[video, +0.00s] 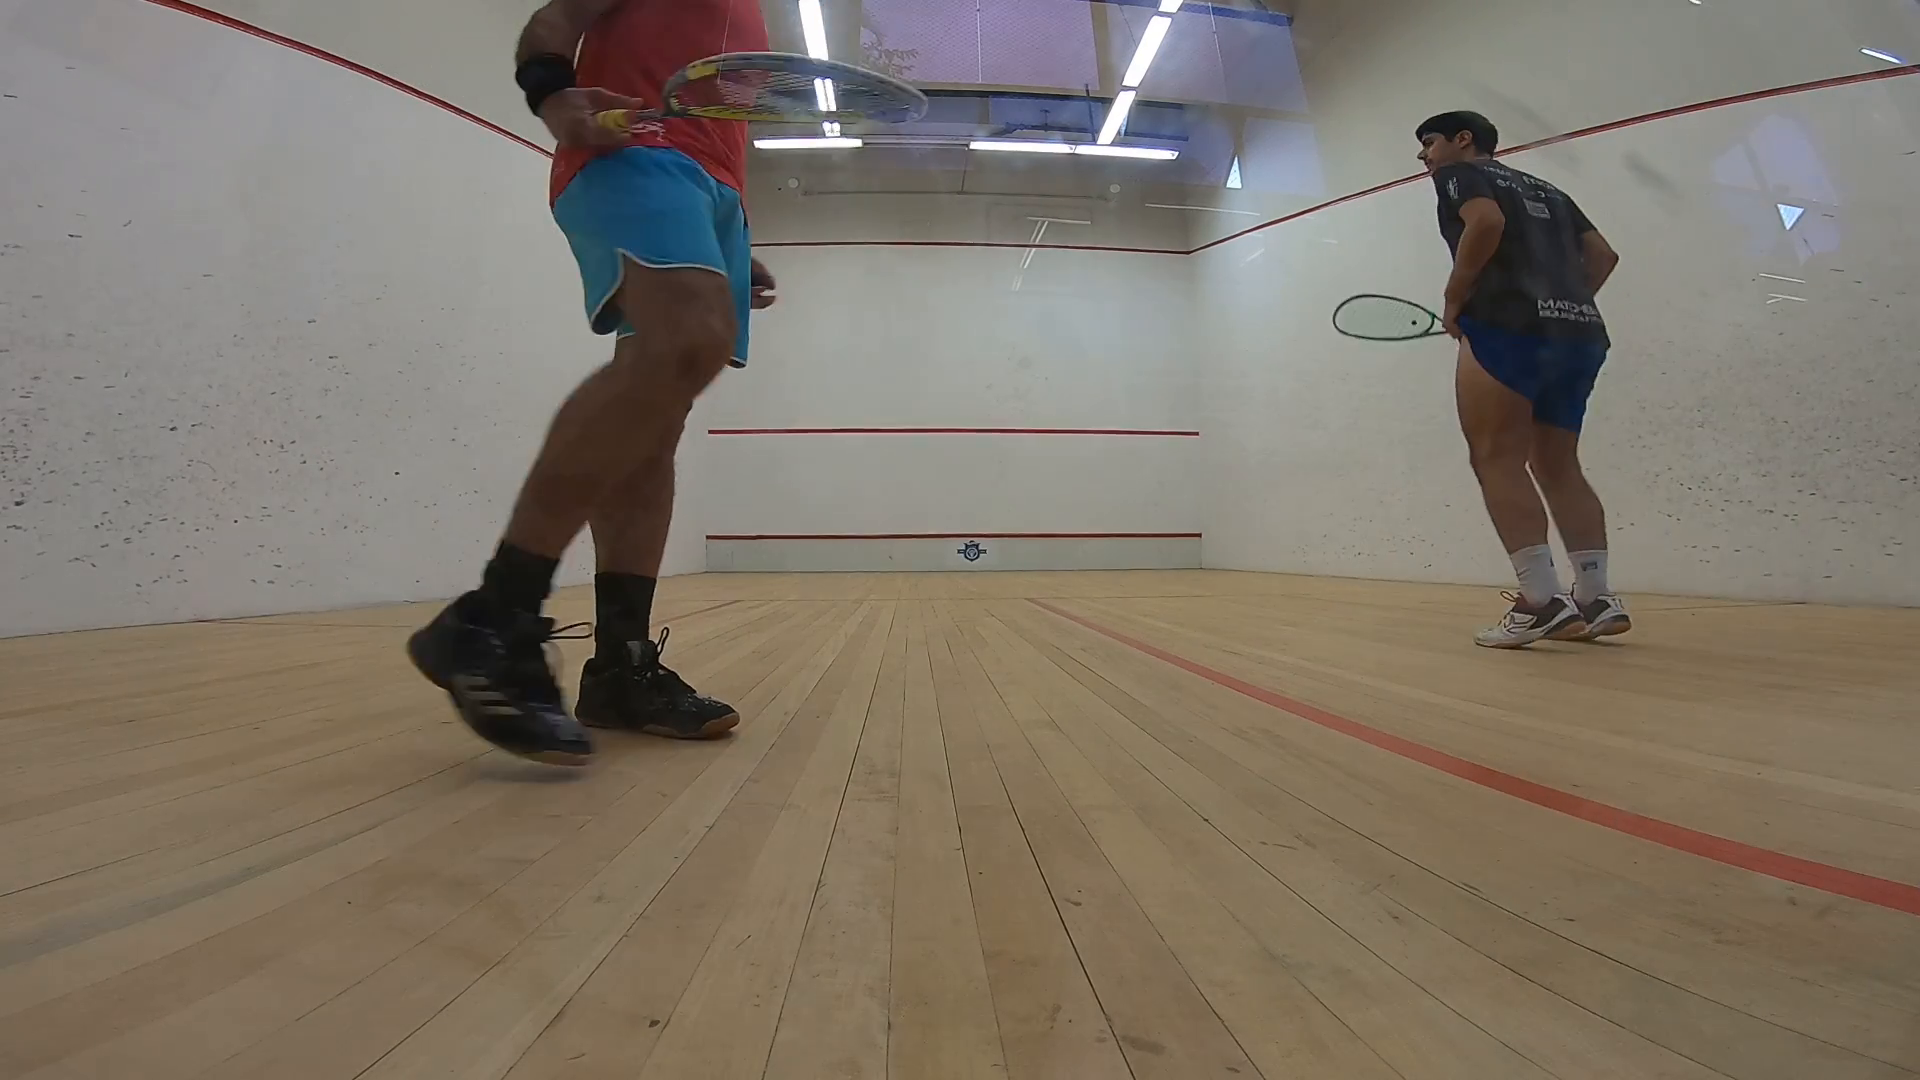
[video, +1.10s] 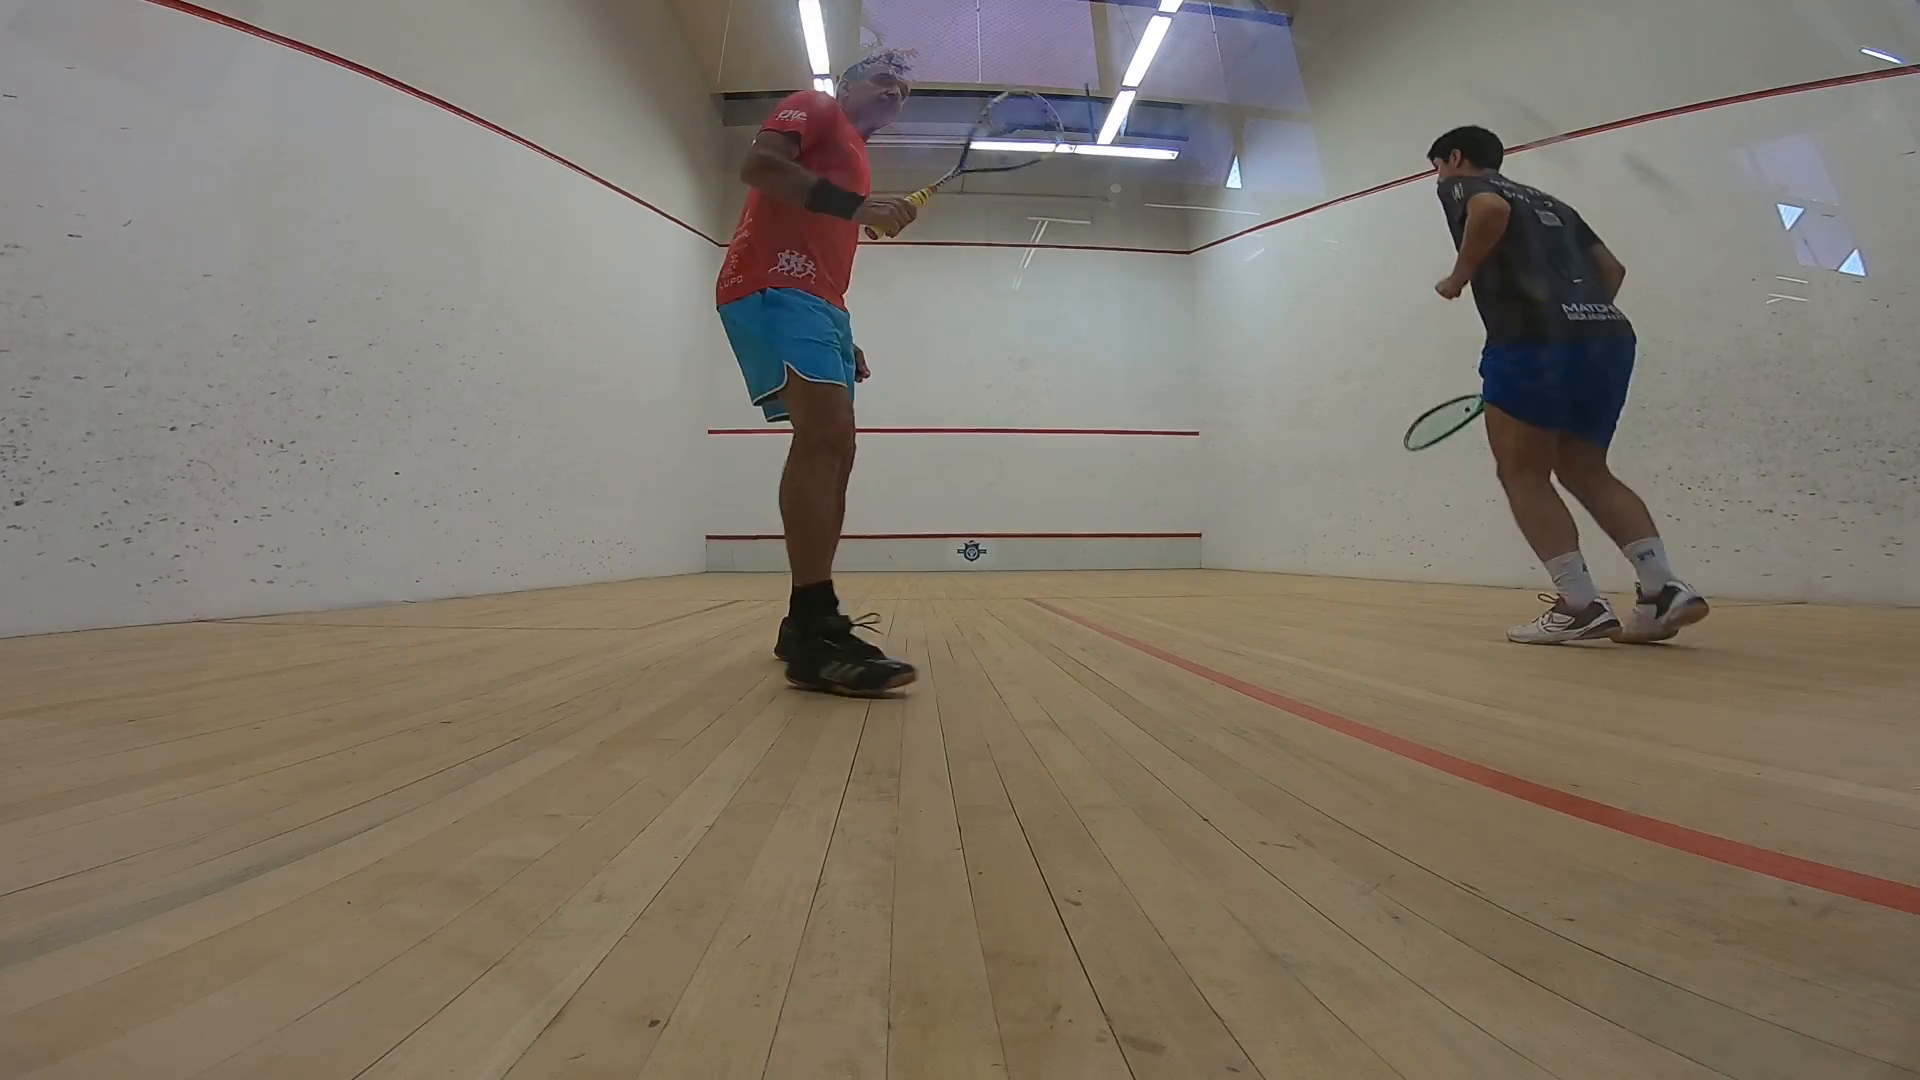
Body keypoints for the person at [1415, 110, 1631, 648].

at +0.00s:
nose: (1423, 154)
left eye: (1429, 144)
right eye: (1423, 147)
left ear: (1463, 140)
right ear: (1478, 144)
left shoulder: (1456, 174)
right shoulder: (1543, 188)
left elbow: (1486, 220)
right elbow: (1601, 255)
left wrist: (1452, 299)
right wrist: (1558, 311)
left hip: (1507, 328)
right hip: (1580, 333)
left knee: (1496, 458)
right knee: (1557, 463)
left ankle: (1539, 600)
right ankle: (1596, 599)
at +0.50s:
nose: (1419, 161)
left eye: (1416, 153)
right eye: (1415, 157)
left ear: (1429, 137)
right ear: (1463, 125)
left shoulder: (1445, 150)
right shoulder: (1535, 165)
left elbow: (1481, 148)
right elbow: (1615, 206)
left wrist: (1442, 214)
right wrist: (1579, 267)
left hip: (1521, 288)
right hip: (1598, 290)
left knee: (1513, 426)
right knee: (1579, 424)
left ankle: (1537, 571)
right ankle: (1620, 562)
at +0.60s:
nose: (1419, 174)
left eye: (1411, 164)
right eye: (1412, 170)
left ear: (1418, 144)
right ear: (1444, 128)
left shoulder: (1437, 143)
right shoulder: (1530, 156)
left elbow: (1481, 145)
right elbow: (1618, 205)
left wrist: (1441, 213)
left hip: (1539, 251)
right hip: (1616, 255)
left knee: (1462, 374)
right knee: (1525, 369)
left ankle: (1579, 438)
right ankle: (1612, 411)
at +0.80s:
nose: (1423, 193)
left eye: (1418, 183)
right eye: (1418, 187)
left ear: (1426, 166)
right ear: (1446, 162)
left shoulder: (1445, 166)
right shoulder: (1533, 185)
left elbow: (1468, 124)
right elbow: (1626, 208)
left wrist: (1473, 194)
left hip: (1555, 273)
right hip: (1632, 271)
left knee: (1483, 400)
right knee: (1541, 393)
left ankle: (1564, 519)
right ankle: (1637, 462)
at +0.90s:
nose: (1429, 204)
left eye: (1429, 193)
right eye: (1426, 196)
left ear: (1443, 180)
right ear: (1471, 171)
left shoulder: (1458, 195)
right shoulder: (1540, 213)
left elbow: (1517, 185)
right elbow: (1630, 256)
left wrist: (1495, 268)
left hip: (1553, 329)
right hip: (1623, 328)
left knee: (1521, 473)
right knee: (1589, 473)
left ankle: (1581, 610)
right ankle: (1674, 596)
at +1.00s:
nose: (1438, 209)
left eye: (1439, 198)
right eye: (1436, 201)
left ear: (1458, 190)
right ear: (1493, 191)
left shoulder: (1465, 216)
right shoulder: (1540, 227)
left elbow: (1509, 243)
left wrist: (1475, 324)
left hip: (1552, 359)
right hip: (1628, 355)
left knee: (1506, 489)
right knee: (1575, 495)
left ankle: (1582, 609)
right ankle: (1672, 610)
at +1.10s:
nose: (1436, 176)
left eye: (1437, 167)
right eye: (1435, 168)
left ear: (1457, 158)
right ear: (1492, 161)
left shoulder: (1461, 182)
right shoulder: (1547, 201)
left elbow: (1491, 210)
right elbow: (1610, 269)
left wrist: (1458, 275)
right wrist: (1577, 333)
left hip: (1534, 340)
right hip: (1607, 338)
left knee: (1522, 472)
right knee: (1583, 467)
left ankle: (1579, 605)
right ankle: (1663, 590)